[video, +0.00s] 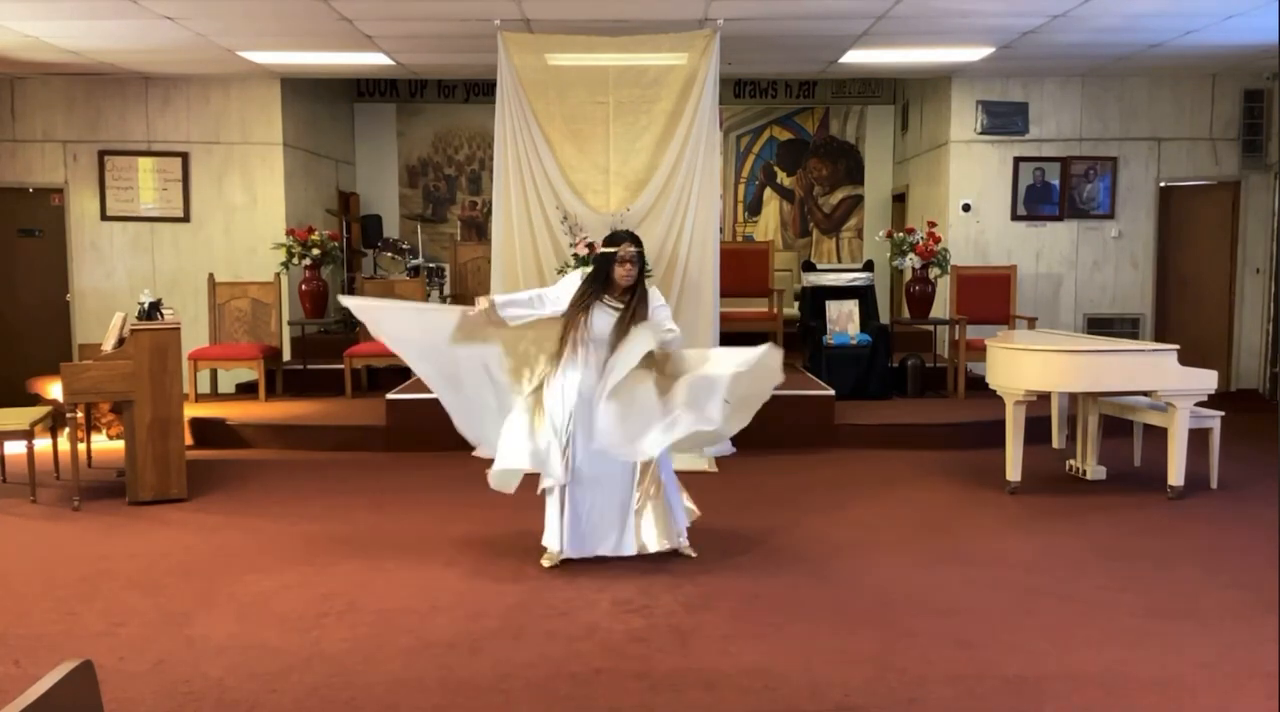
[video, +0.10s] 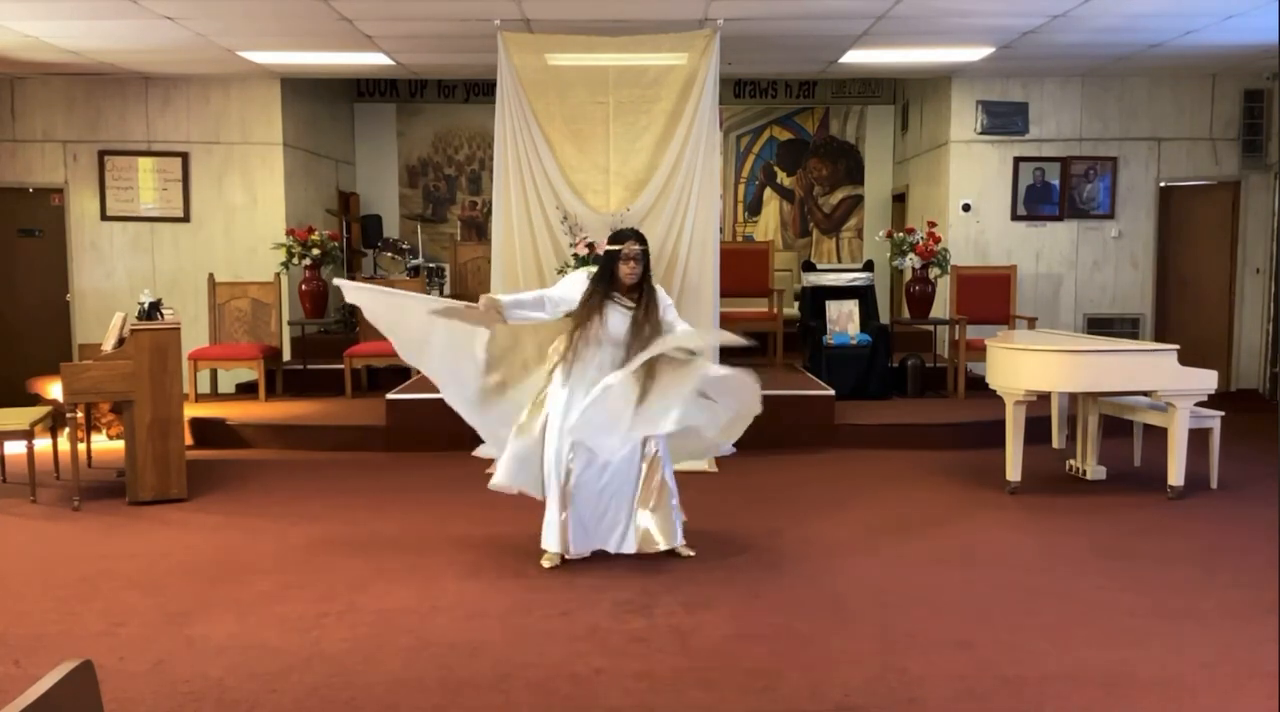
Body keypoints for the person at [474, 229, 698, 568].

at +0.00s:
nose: (628, 268)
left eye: (634, 261)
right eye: (620, 261)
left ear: (642, 265)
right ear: (605, 264)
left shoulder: (648, 296)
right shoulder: (580, 285)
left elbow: (671, 338)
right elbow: (541, 299)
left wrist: (656, 337)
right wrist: (495, 302)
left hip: (623, 388)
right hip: (575, 386)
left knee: (652, 457)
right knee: (566, 460)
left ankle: (674, 535)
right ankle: (557, 543)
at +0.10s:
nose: (632, 270)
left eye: (638, 262)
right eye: (624, 262)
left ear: (647, 264)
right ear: (609, 263)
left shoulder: (654, 301)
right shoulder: (586, 290)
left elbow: (682, 343)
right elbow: (545, 301)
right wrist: (498, 304)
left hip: (627, 389)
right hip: (576, 386)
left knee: (653, 451)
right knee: (564, 457)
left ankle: (666, 537)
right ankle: (555, 542)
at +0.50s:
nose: (654, 268)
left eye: (662, 262)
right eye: (647, 262)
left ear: (672, 265)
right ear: (636, 266)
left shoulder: (684, 296)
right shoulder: (624, 297)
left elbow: (720, 319)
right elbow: (621, 341)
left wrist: (756, 325)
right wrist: (663, 361)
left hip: (678, 389)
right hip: (630, 390)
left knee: (681, 460)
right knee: (604, 459)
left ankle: (675, 538)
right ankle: (565, 542)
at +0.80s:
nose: (666, 270)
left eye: (672, 264)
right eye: (659, 264)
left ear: (683, 266)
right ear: (647, 267)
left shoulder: (698, 297)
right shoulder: (626, 299)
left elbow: (731, 330)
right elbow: (603, 347)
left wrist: (763, 355)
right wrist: (612, 379)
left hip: (690, 389)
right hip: (642, 390)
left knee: (701, 457)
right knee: (639, 464)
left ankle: (714, 528)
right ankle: (635, 546)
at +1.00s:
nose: (670, 269)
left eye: (676, 262)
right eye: (662, 262)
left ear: (687, 264)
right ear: (650, 264)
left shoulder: (699, 300)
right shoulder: (629, 297)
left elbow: (722, 347)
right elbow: (601, 347)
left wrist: (708, 369)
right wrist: (582, 377)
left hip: (678, 400)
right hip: (632, 399)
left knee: (681, 471)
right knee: (632, 478)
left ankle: (684, 541)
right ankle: (633, 556)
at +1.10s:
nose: (666, 271)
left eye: (673, 264)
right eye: (659, 264)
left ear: (684, 265)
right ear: (647, 265)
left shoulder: (699, 299)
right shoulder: (628, 299)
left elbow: (729, 337)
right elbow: (612, 342)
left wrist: (748, 360)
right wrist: (626, 369)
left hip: (686, 401)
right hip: (637, 401)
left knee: (691, 469)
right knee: (629, 475)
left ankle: (696, 539)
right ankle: (632, 555)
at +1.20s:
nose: (661, 276)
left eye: (668, 268)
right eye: (653, 269)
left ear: (681, 270)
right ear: (642, 271)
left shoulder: (699, 299)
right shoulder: (631, 302)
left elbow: (738, 325)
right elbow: (619, 345)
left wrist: (778, 349)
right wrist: (653, 378)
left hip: (683, 396)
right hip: (635, 395)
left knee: (679, 469)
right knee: (630, 473)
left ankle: (682, 540)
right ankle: (629, 555)